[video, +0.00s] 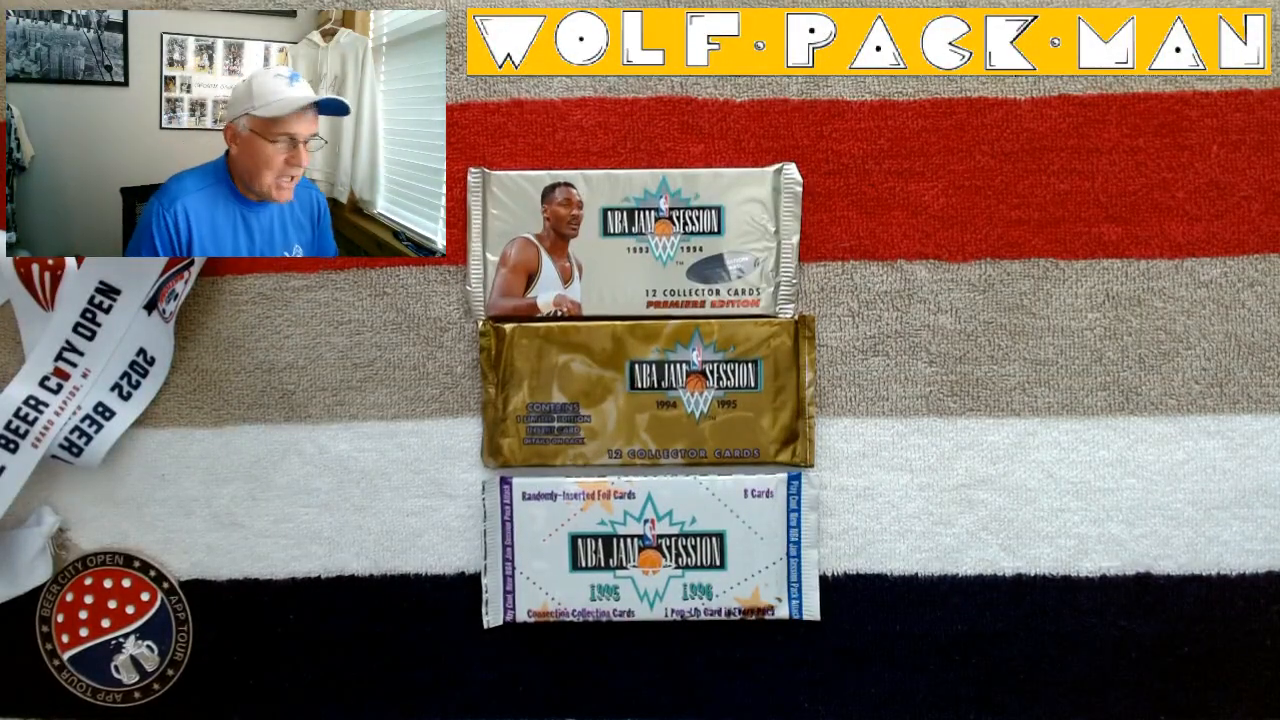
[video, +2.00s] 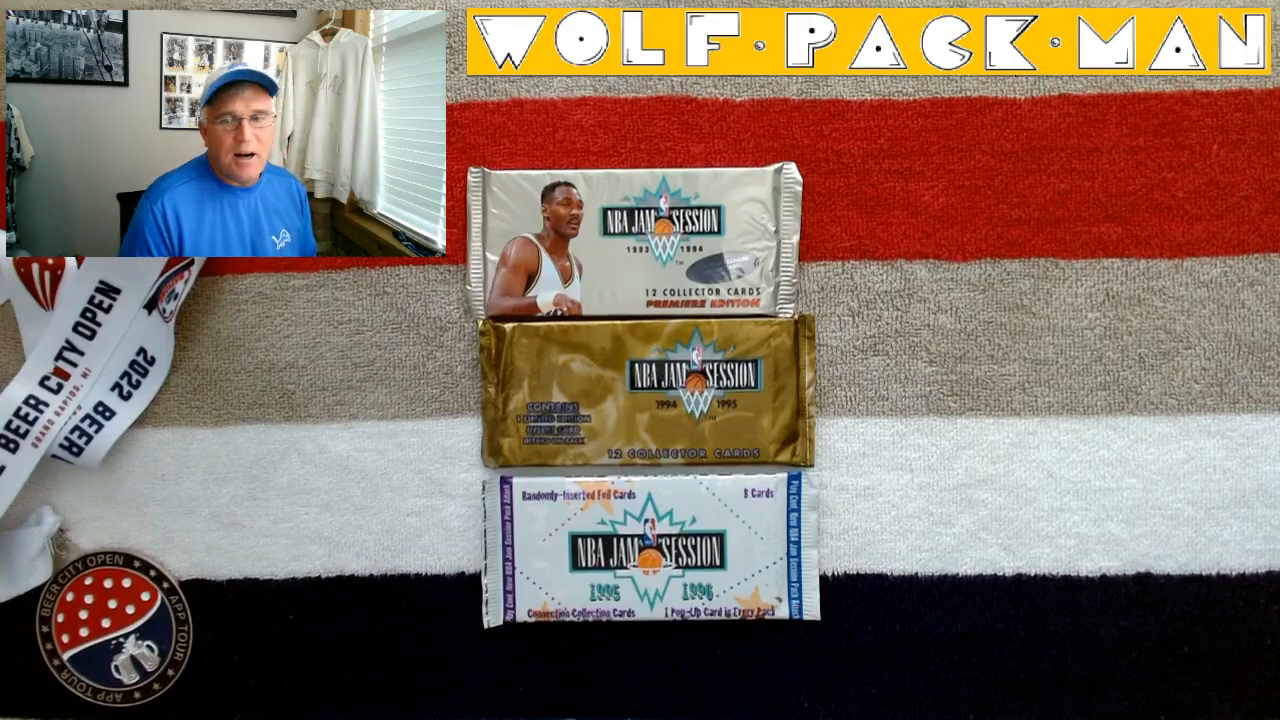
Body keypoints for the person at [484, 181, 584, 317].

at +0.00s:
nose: (576, 213)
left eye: (580, 207)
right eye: (566, 205)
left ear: (583, 211)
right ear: (545, 211)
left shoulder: (575, 266)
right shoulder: (521, 250)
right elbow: (495, 308)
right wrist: (550, 301)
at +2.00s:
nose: (576, 213)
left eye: (580, 207)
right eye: (566, 205)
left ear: (583, 211)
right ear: (545, 210)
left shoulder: (575, 265)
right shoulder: (521, 249)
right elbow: (495, 307)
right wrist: (550, 300)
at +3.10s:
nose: (576, 213)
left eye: (580, 207)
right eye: (566, 205)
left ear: (583, 211)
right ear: (545, 211)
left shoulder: (575, 266)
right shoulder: (521, 250)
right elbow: (495, 308)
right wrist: (551, 301)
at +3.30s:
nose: (576, 213)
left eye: (580, 207)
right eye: (566, 205)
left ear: (583, 212)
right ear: (546, 212)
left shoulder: (575, 266)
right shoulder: (521, 250)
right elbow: (495, 308)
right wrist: (551, 301)